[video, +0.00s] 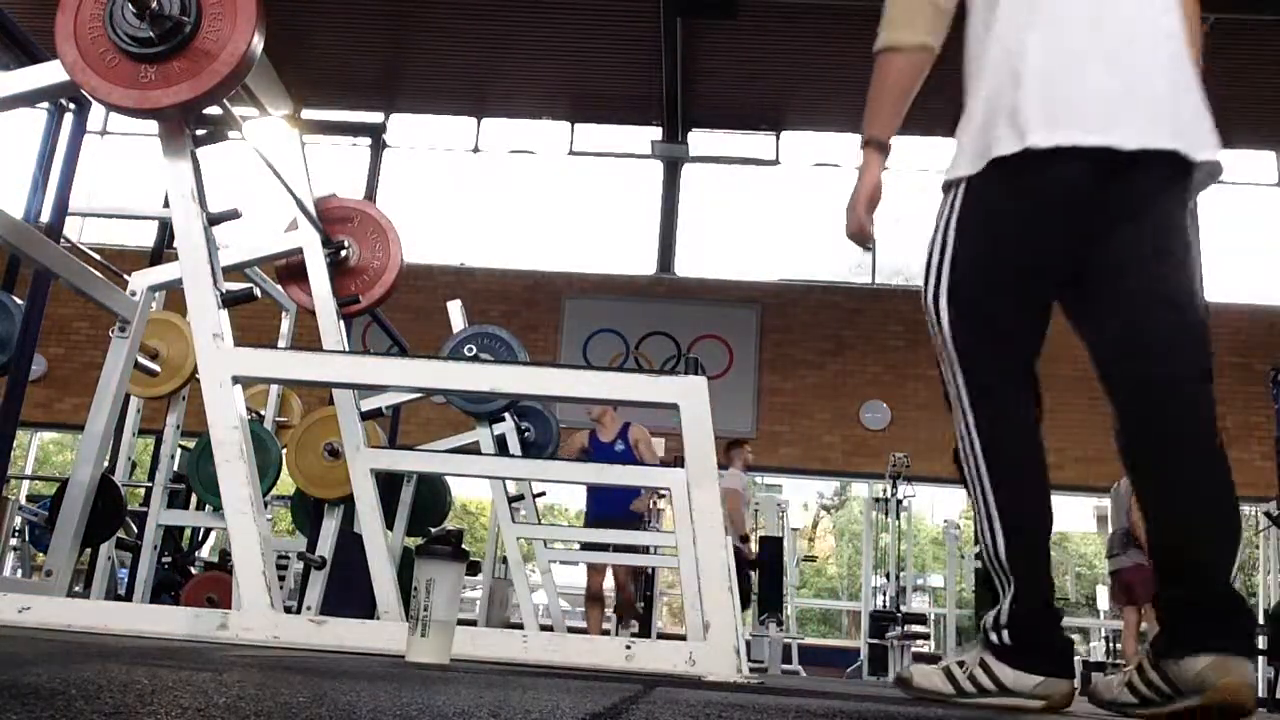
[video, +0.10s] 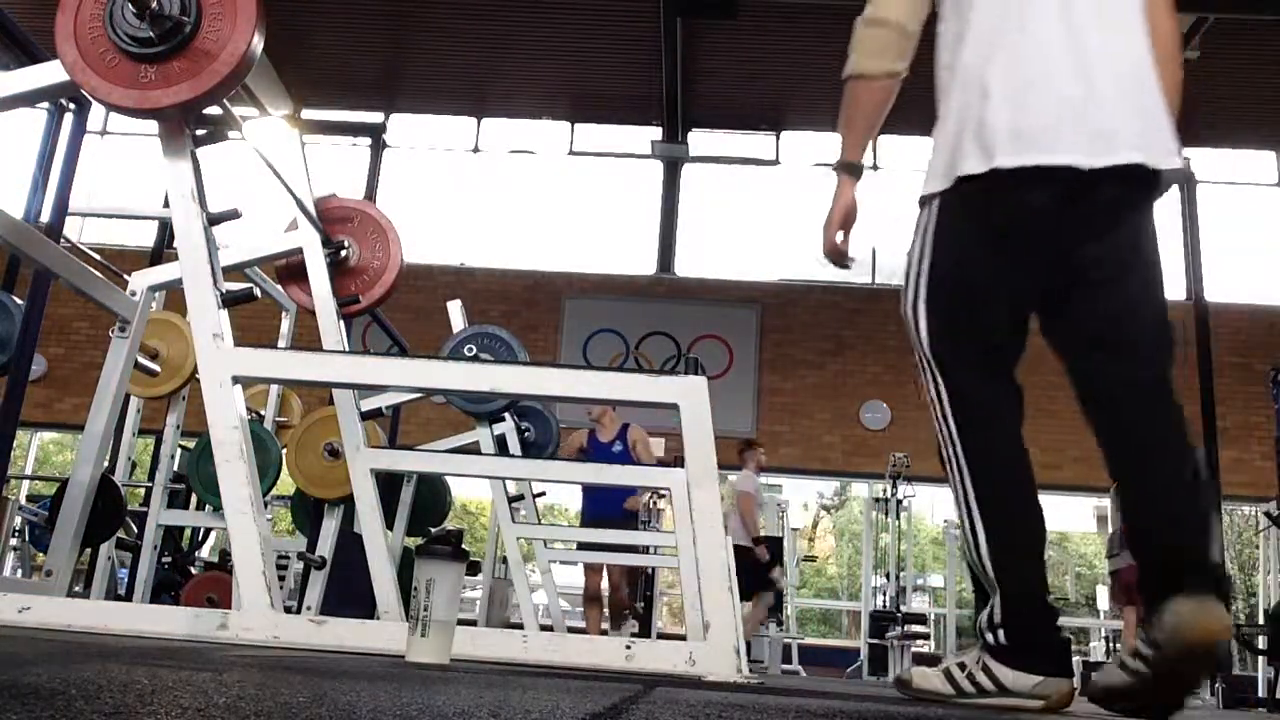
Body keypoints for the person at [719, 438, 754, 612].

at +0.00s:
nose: (751, 456)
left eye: (750, 451)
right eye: (748, 451)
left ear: (733, 455)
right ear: (737, 454)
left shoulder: (731, 476)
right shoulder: (734, 476)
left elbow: (732, 509)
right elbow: (734, 508)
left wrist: (743, 540)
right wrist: (744, 539)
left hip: (730, 543)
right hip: (731, 544)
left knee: (740, 595)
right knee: (743, 596)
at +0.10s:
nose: (764, 458)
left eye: (763, 453)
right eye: (760, 454)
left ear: (748, 458)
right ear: (749, 457)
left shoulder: (745, 479)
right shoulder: (747, 479)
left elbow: (743, 511)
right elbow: (746, 509)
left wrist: (755, 540)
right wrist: (757, 541)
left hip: (742, 545)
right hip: (743, 546)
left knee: (762, 597)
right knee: (767, 596)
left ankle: (742, 636)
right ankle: (742, 637)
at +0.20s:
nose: (778, 459)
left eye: (778, 456)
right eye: (775, 456)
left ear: (764, 460)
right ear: (762, 459)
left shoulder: (764, 483)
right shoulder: (759, 481)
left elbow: (765, 520)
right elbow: (760, 517)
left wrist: (781, 545)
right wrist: (770, 546)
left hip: (753, 549)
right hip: (756, 551)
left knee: (735, 603)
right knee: (774, 603)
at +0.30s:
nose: (794, 462)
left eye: (793, 459)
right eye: (790, 459)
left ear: (778, 463)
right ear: (779, 462)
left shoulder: (778, 486)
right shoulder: (776, 485)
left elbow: (781, 523)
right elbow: (775, 518)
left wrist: (798, 547)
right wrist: (784, 548)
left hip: (765, 555)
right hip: (771, 556)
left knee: (748, 604)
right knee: (789, 607)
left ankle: (721, 641)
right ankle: (803, 660)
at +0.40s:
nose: (809, 461)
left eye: (807, 457)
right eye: (805, 457)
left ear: (793, 463)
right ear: (796, 462)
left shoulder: (790, 486)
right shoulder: (792, 486)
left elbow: (792, 521)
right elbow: (791, 517)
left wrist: (805, 547)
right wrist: (799, 550)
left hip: (779, 553)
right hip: (788, 554)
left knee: (772, 607)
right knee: (807, 605)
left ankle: (739, 637)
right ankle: (807, 657)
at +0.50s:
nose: (822, 463)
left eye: (821, 459)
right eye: (818, 459)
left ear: (804, 464)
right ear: (808, 463)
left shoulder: (799, 487)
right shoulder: (809, 487)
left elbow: (802, 521)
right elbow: (809, 519)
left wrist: (815, 550)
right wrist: (817, 550)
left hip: (795, 551)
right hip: (803, 553)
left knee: (810, 609)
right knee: (813, 608)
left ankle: (809, 658)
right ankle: (767, 631)